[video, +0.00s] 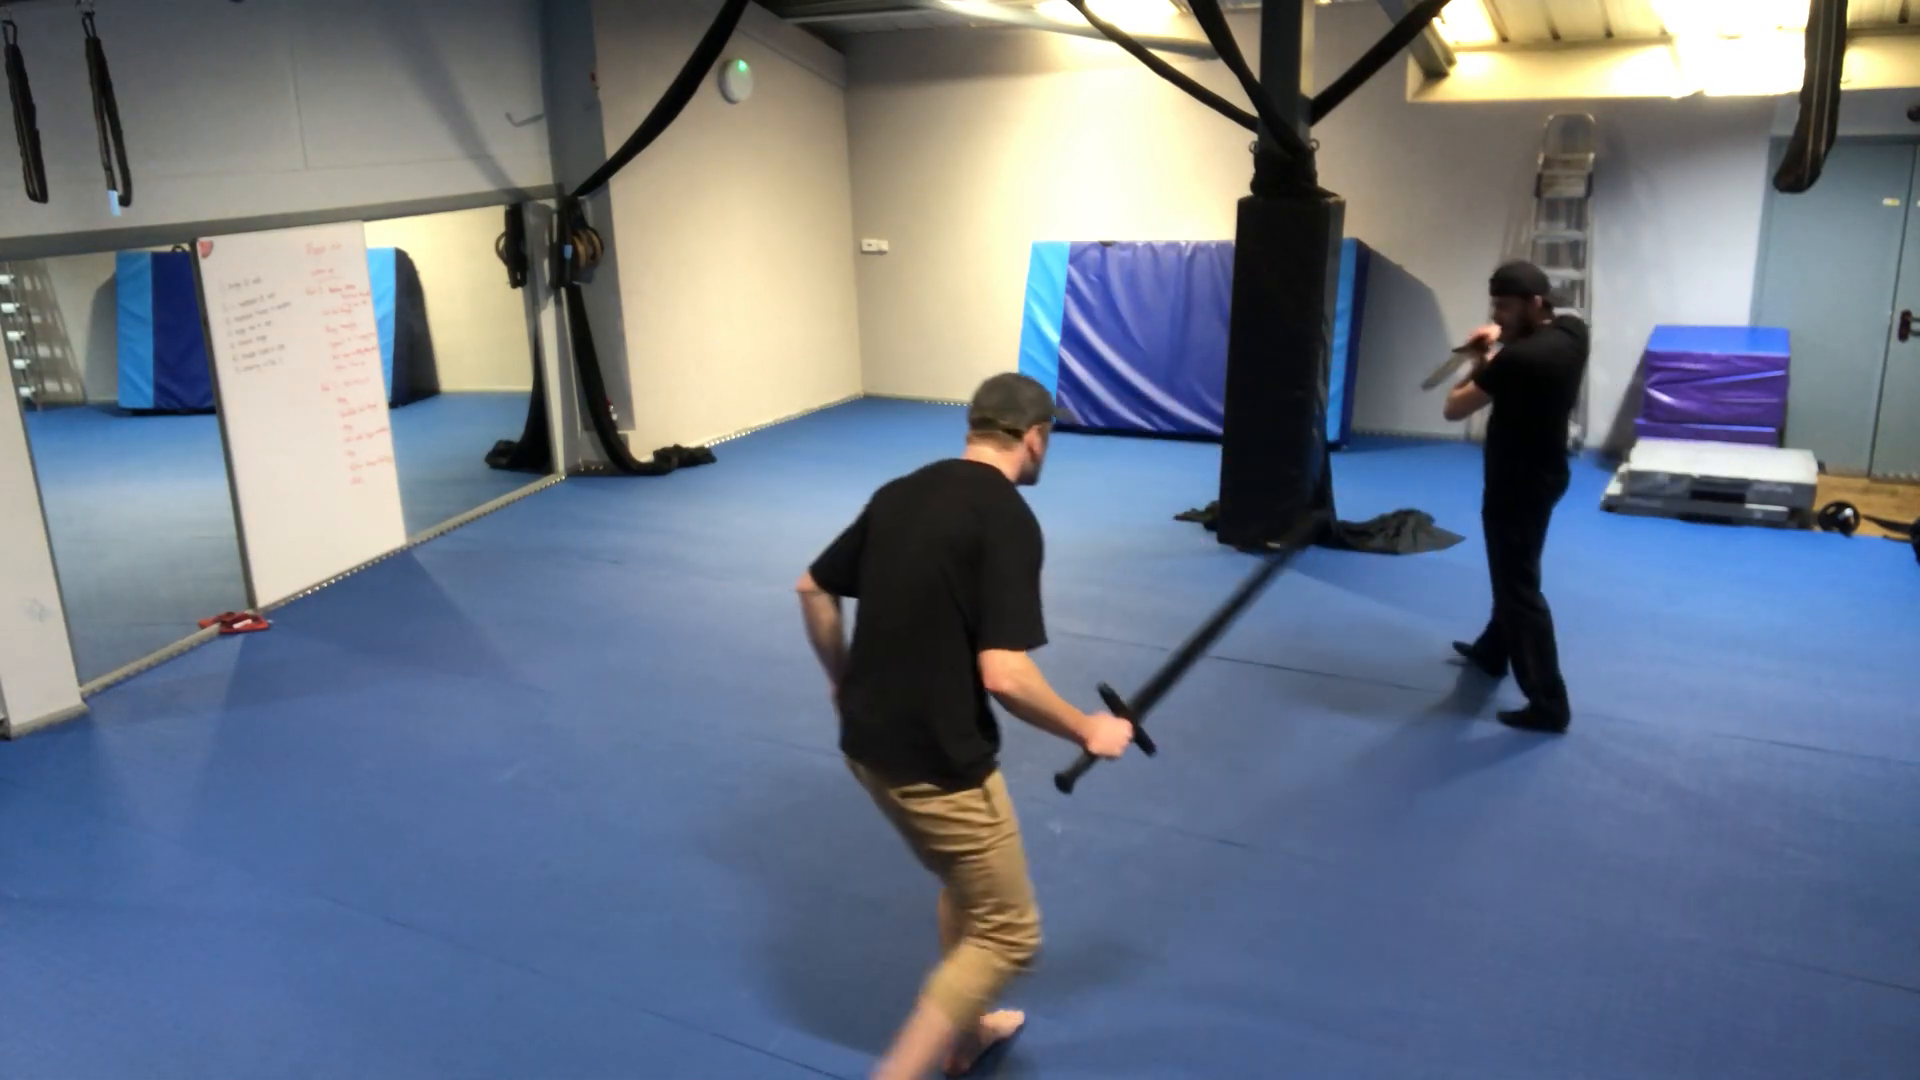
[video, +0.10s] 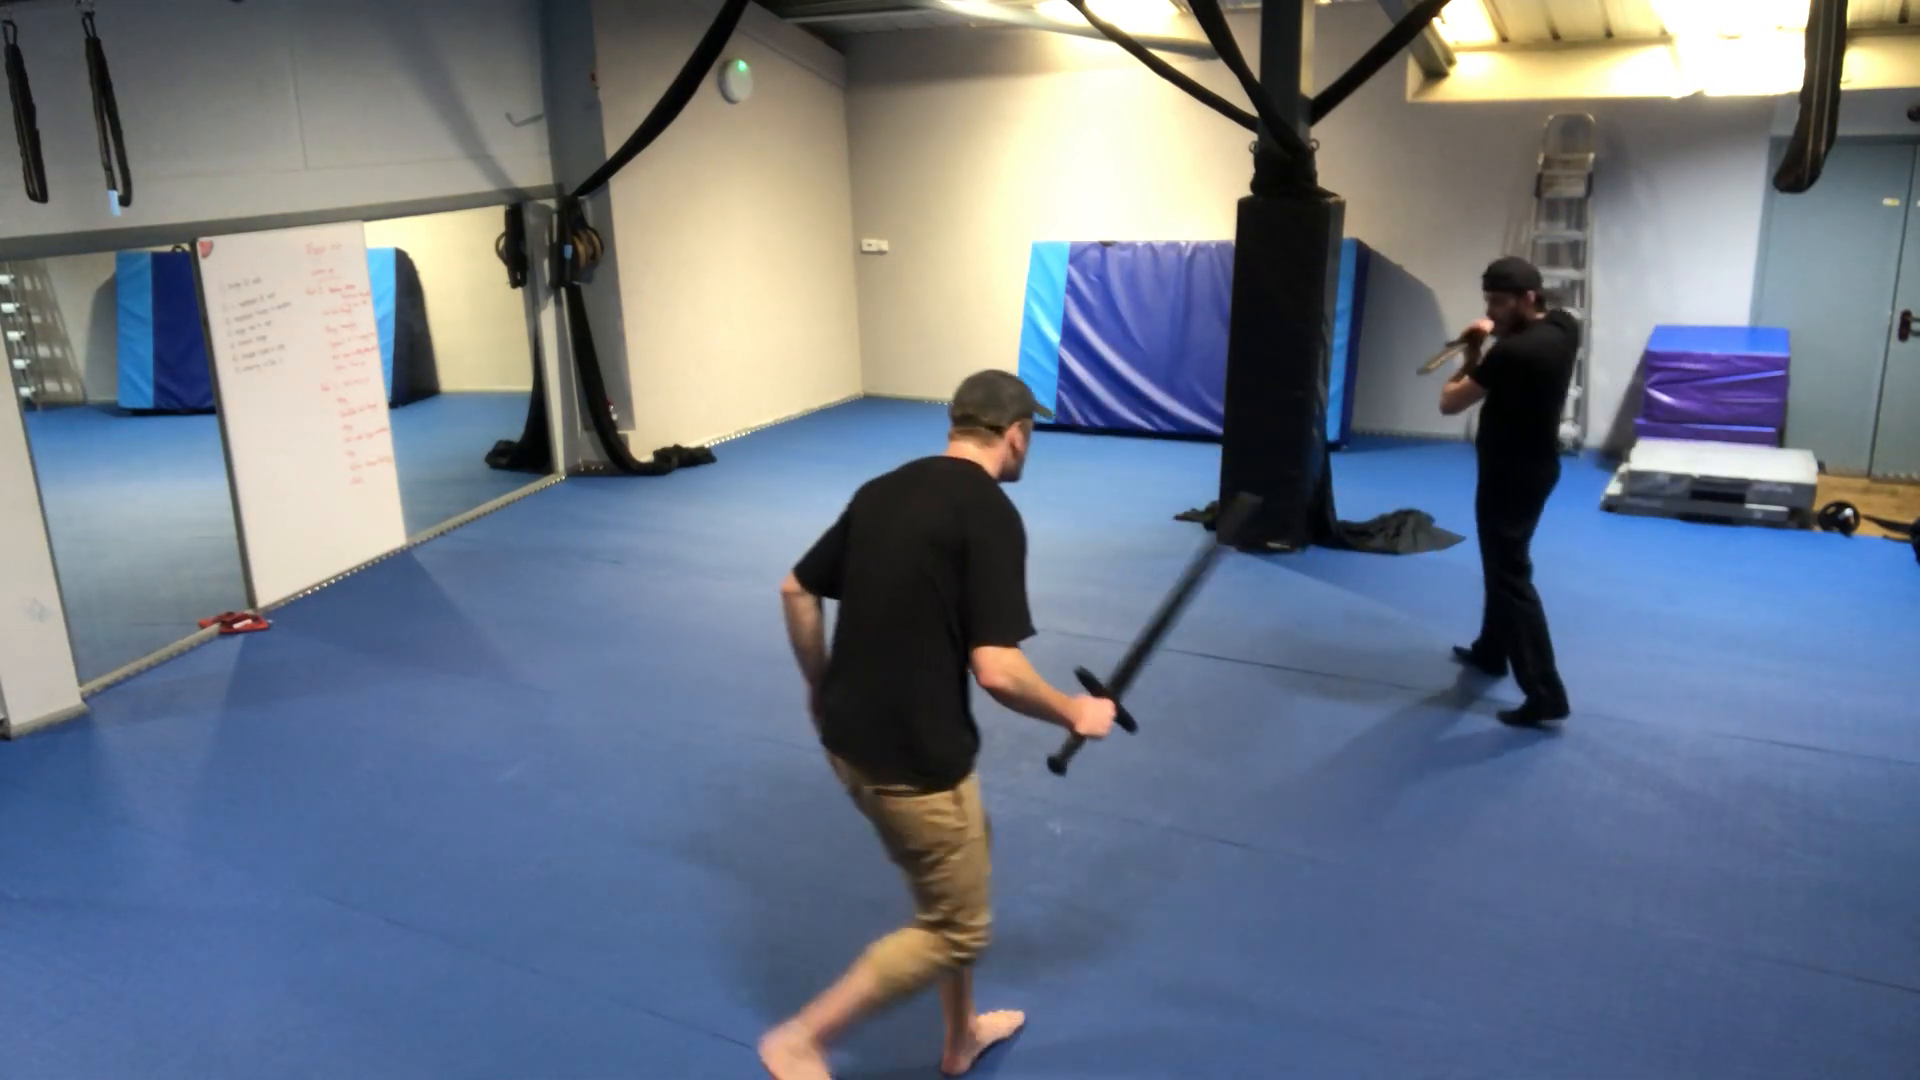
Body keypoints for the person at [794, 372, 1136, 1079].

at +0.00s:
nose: (1046, 451)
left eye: (1046, 437)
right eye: (1048, 438)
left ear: (975, 428)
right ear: (1031, 438)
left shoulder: (903, 493)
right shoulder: (1006, 518)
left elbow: (816, 587)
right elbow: (1004, 671)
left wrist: (841, 680)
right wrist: (1087, 729)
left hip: (870, 737)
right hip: (940, 757)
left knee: (961, 880)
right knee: (1005, 936)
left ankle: (956, 1033)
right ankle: (897, 1071)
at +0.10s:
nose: (1029, 447)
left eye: (1029, 434)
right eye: (1030, 434)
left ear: (957, 425)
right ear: (1013, 433)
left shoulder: (886, 490)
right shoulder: (989, 513)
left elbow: (799, 588)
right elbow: (998, 670)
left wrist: (820, 679)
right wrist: (1073, 709)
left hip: (850, 729)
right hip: (918, 753)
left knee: (948, 890)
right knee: (956, 927)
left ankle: (961, 1035)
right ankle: (797, 1039)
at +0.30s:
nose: (990, 455)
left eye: (992, 441)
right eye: (992, 441)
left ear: (919, 429)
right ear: (974, 438)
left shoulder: (847, 490)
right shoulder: (937, 518)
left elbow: (765, 588)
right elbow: (963, 670)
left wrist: (798, 682)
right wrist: (1038, 692)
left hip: (818, 730)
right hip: (851, 757)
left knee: (933, 850)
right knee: (859, 920)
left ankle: (956, 1029)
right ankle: (738, 1018)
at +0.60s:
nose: (924, 458)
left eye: (926, 444)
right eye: (925, 444)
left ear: (856, 432)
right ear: (904, 443)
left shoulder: (787, 487)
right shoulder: (840, 526)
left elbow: (723, 575)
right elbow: (854, 680)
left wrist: (778, 656)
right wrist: (948, 727)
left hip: (820, 735)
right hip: (776, 759)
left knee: (902, 842)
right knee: (818, 915)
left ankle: (938, 1015)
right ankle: (731, 1033)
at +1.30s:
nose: (947, 416)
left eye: (947, 404)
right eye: (949, 404)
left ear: (880, 394)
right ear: (935, 400)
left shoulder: (815, 458)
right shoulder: (916, 468)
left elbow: (740, 563)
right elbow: (901, 588)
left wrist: (761, 665)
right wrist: (941, 715)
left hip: (796, 685)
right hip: (848, 695)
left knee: (884, 816)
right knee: (847, 865)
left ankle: (898, 954)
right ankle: (740, 1015)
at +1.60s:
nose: (961, 412)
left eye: (961, 402)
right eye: (963, 401)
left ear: (893, 391)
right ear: (949, 396)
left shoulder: (829, 455)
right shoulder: (942, 456)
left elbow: (777, 570)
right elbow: (967, 589)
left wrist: (820, 636)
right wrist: (1020, 680)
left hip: (819, 675)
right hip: (886, 684)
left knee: (887, 816)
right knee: (931, 854)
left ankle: (896, 957)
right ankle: (822, 1024)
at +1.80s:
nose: (972, 412)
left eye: (971, 402)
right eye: (974, 402)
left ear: (903, 391)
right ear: (962, 397)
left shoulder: (841, 457)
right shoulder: (958, 463)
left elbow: (796, 574)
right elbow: (989, 604)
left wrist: (853, 617)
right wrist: (1029, 661)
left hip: (826, 680)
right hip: (898, 690)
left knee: (888, 820)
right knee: (956, 861)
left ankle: (897, 964)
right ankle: (918, 1054)